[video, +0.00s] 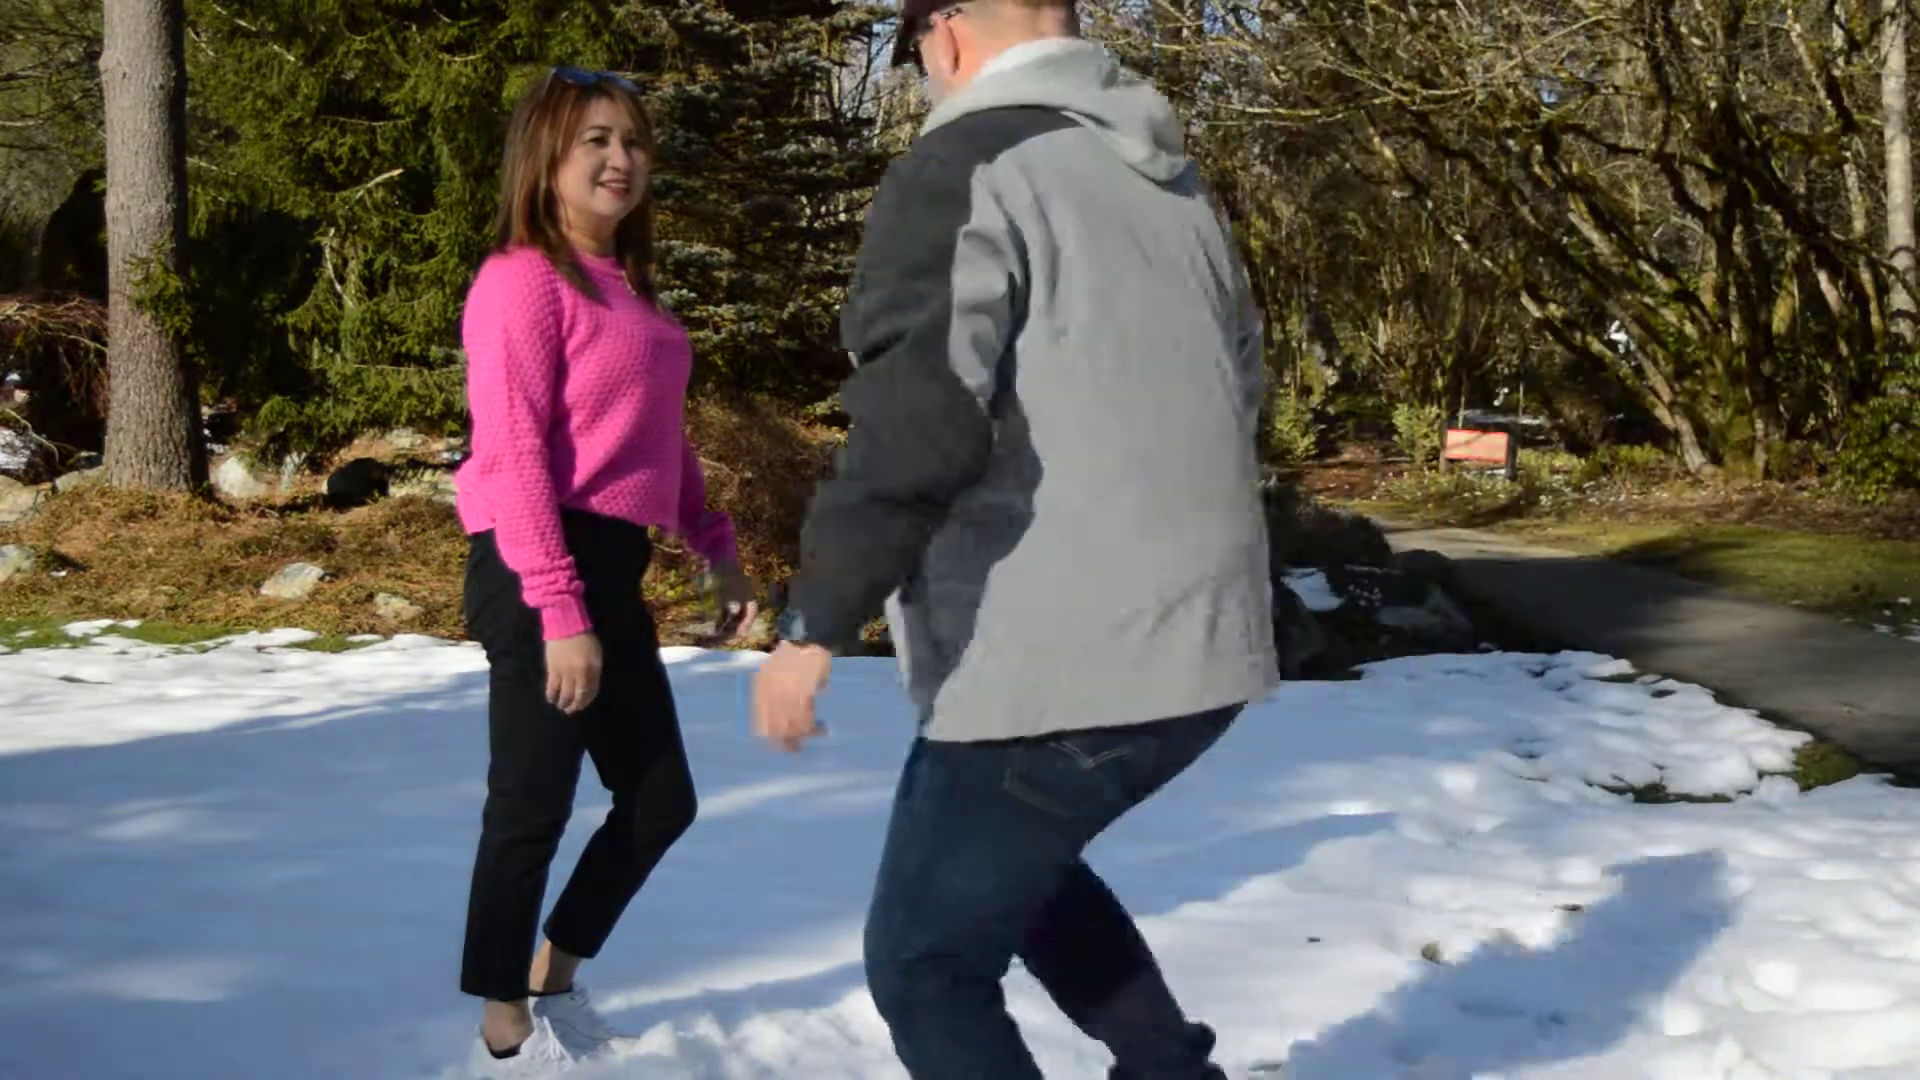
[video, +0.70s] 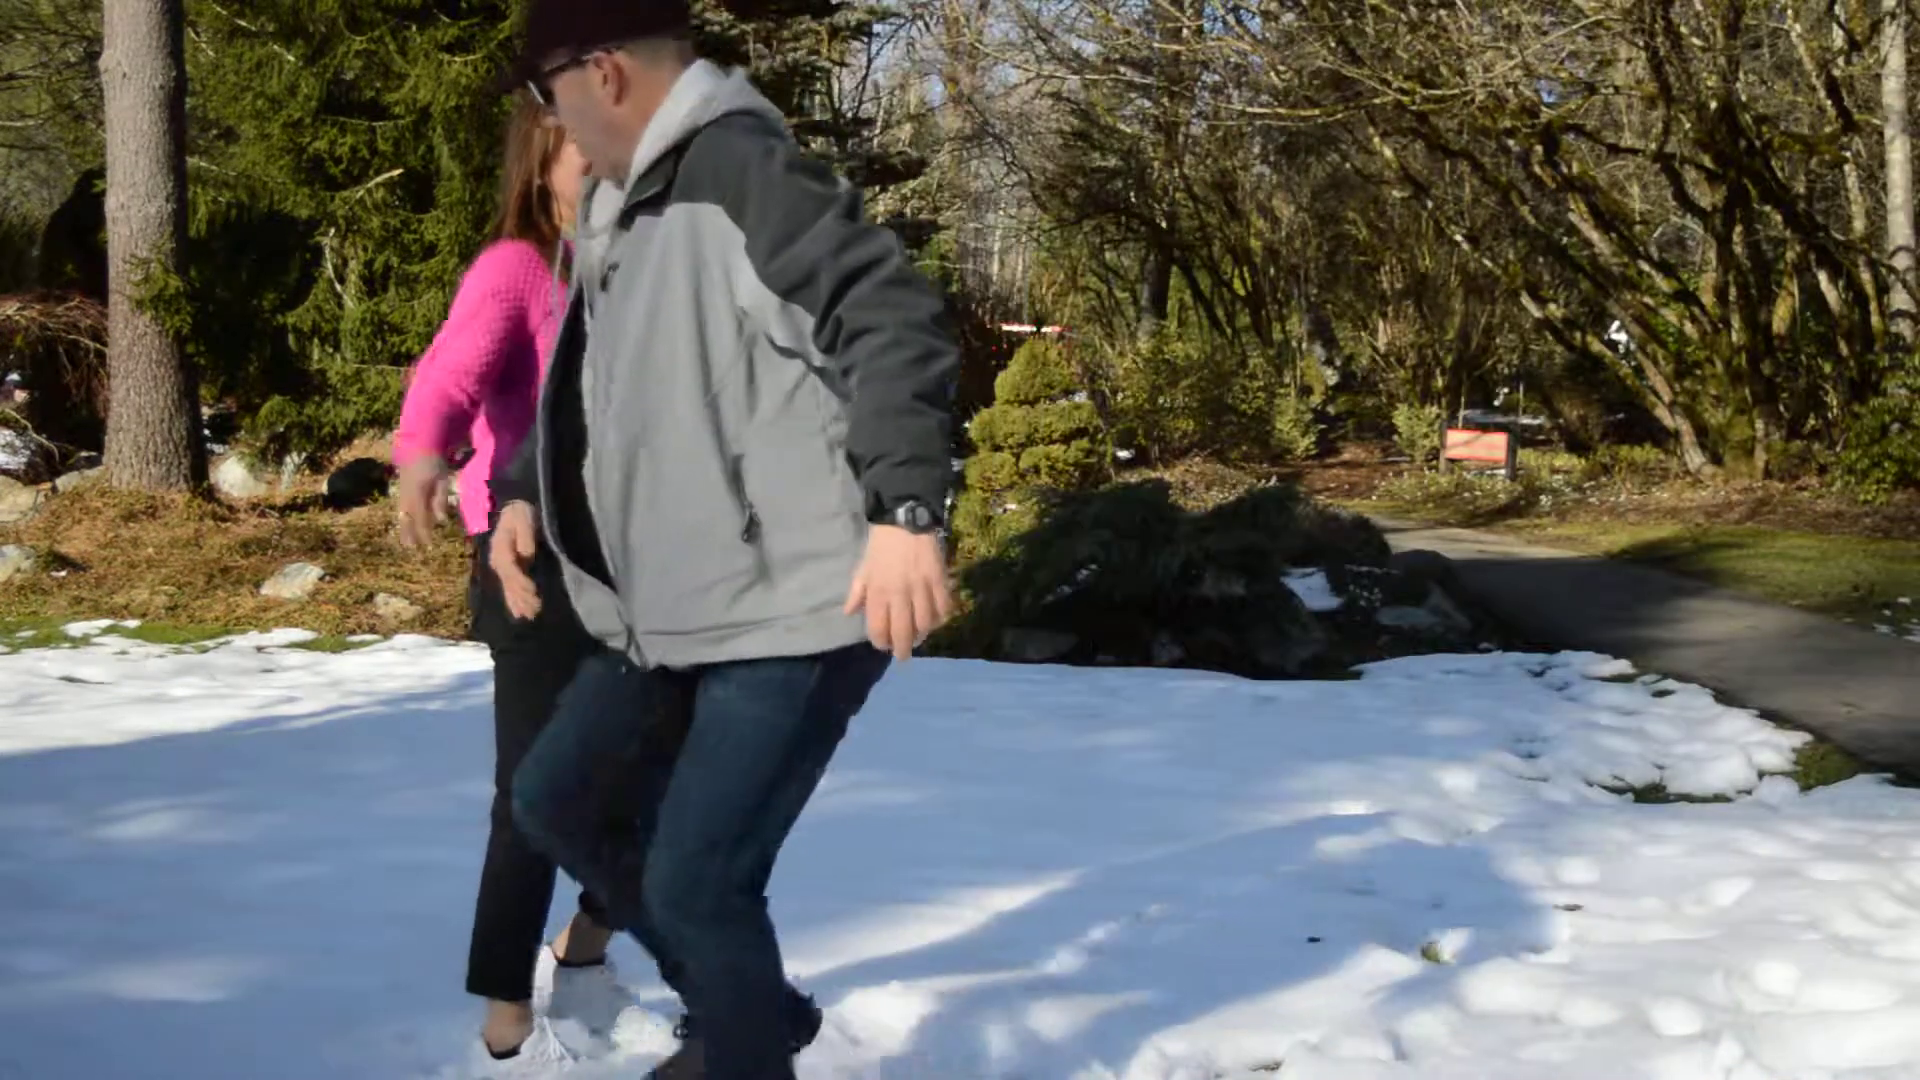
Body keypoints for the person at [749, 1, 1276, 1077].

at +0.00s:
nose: (924, 84)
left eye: (921, 56)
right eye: (920, 61)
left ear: (951, 40)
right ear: (1066, 30)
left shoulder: (958, 169)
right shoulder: (1170, 174)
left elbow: (917, 424)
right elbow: (1240, 386)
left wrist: (813, 629)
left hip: (1056, 666)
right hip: (1214, 650)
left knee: (924, 967)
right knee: (1026, 859)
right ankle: (1168, 1060)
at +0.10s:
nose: (862, 76)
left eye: (859, 50)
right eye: (858, 55)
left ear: (886, 36)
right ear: (994, 25)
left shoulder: (898, 154)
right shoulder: (1091, 152)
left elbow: (840, 387)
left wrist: (709, 537)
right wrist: (830, 526)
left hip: (1009, 631)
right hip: (1126, 615)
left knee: (893, 958)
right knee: (928, 935)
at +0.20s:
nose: (801, 93)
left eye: (795, 69)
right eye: (797, 73)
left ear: (823, 54)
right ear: (929, 33)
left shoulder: (864, 148)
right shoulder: (998, 150)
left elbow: (811, 378)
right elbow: (949, 403)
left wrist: (665, 506)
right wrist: (794, 550)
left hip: (951, 628)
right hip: (1021, 609)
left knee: (867, 965)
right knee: (835, 861)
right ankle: (817, 1068)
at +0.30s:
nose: (741, 122)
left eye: (737, 96)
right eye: (734, 100)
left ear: (771, 79)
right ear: (849, 65)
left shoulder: (835, 173)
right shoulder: (887, 161)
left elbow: (830, 386)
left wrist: (684, 541)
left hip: (914, 628)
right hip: (871, 620)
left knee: (783, 931)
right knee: (748, 876)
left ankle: (971, 1070)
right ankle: (795, 1064)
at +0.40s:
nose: (678, 136)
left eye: (673, 113)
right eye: (669, 117)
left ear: (711, 89)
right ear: (755, 74)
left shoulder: (800, 169)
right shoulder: (786, 170)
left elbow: (844, 379)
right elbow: (762, 399)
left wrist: (775, 573)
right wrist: (660, 514)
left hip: (881, 619)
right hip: (842, 614)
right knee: (744, 878)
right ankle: (784, 1067)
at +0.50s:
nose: (617, 127)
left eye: (617, 101)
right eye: (609, 108)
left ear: (658, 73)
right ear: (672, 72)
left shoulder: (767, 152)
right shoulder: (691, 187)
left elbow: (871, 337)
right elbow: (685, 410)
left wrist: (858, 543)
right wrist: (592, 507)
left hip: (844, 601)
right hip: (770, 604)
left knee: (685, 842)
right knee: (733, 857)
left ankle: (841, 1073)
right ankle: (787, 1067)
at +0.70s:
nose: (550, 124)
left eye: (549, 96)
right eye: (541, 102)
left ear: (607, 73)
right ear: (609, 76)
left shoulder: (744, 165)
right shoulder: (615, 202)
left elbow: (889, 311)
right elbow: (593, 385)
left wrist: (908, 514)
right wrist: (531, 494)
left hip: (800, 607)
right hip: (666, 612)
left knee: (693, 887)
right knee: (558, 798)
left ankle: (745, 1063)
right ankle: (746, 1006)